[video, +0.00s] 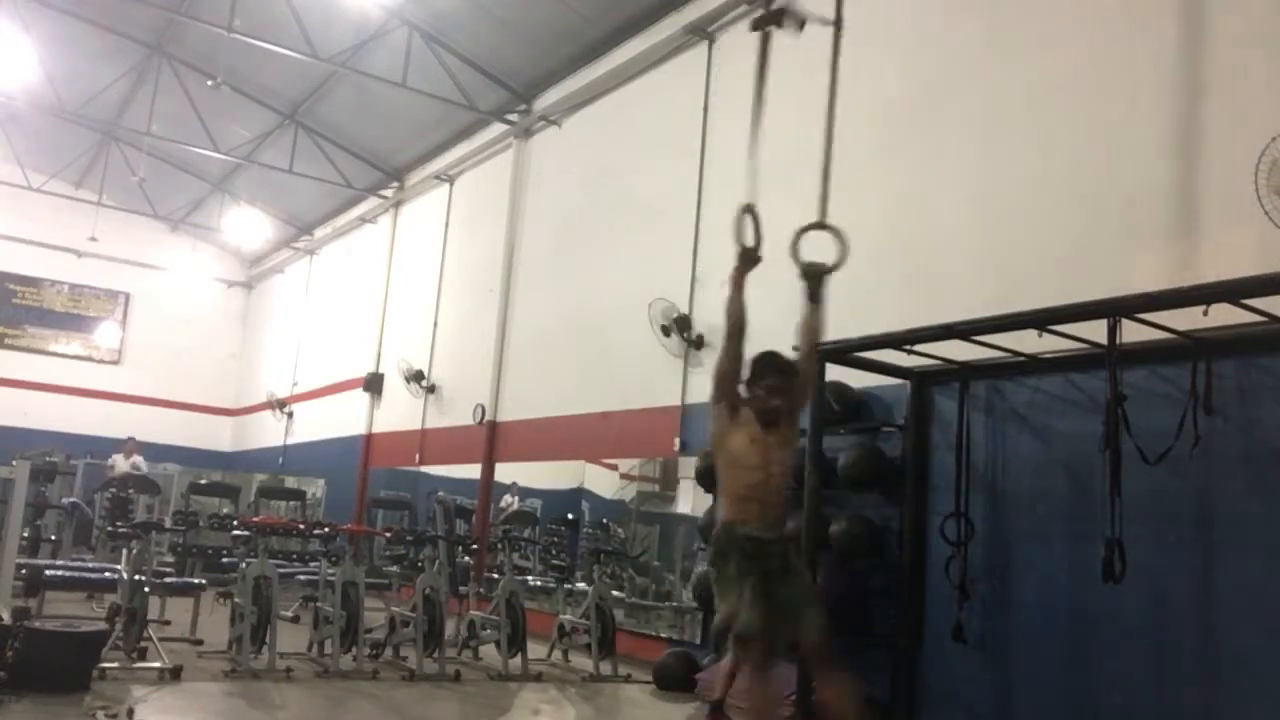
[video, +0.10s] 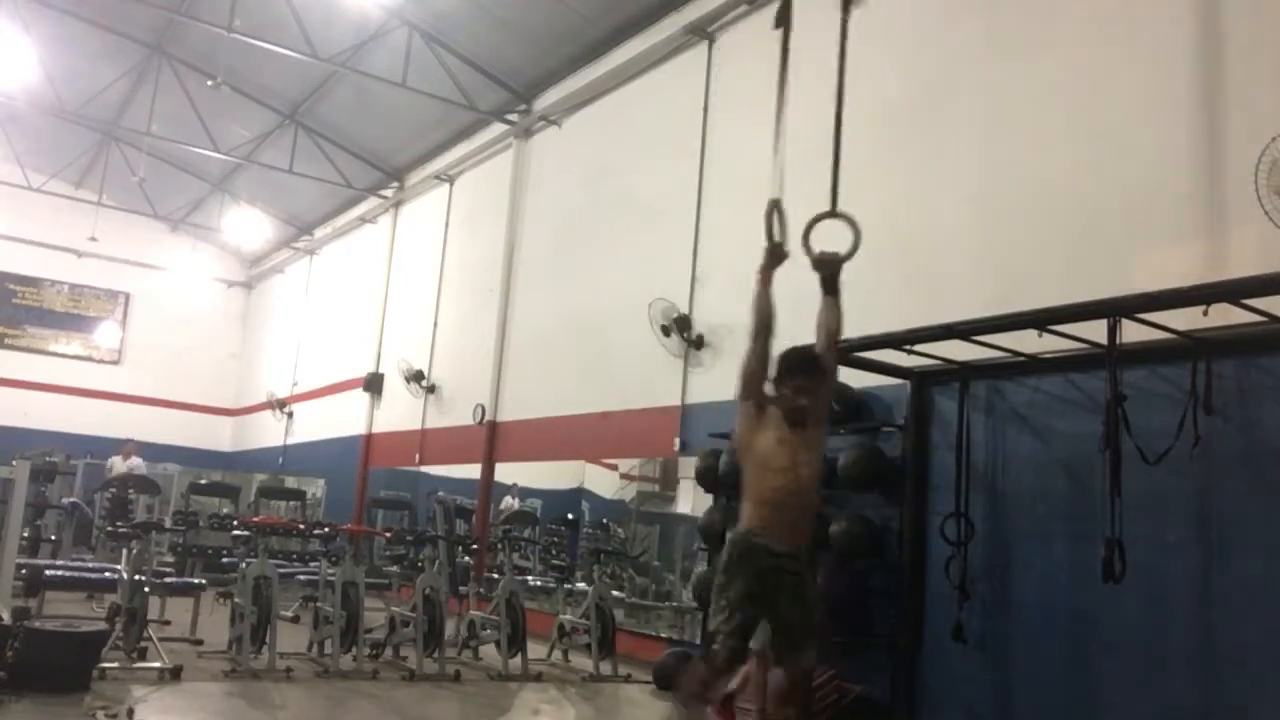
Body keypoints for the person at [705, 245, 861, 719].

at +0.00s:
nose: (772, 398)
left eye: (780, 391)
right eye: (765, 390)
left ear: (790, 394)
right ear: (750, 389)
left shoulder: (786, 422)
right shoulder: (729, 419)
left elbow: (809, 358)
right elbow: (733, 340)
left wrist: (813, 293)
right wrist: (739, 278)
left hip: (778, 545)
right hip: (735, 544)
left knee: (810, 639)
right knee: (750, 642)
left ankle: (814, 700)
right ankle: (729, 706)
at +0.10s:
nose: (802, 402)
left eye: (811, 394)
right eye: (794, 392)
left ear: (820, 393)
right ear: (776, 387)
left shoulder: (814, 426)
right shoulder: (754, 417)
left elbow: (828, 349)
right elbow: (759, 337)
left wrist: (830, 281)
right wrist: (766, 274)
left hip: (796, 562)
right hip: (748, 555)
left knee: (795, 672)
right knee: (721, 660)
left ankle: (774, 714)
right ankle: (685, 706)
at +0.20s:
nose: (830, 400)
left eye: (838, 392)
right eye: (822, 389)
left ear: (848, 392)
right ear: (803, 384)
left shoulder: (840, 417)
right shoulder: (778, 411)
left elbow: (855, 341)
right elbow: (779, 332)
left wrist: (856, 275)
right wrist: (782, 265)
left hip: (806, 565)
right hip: (759, 554)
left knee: (790, 646)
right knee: (710, 628)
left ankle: (754, 694)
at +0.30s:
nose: (856, 391)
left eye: (865, 382)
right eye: (847, 379)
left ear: (872, 383)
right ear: (820, 372)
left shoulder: (859, 411)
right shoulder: (795, 404)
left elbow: (884, 332)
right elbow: (795, 321)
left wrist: (889, 266)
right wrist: (802, 252)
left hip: (805, 550)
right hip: (760, 533)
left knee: (783, 606)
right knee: (692, 578)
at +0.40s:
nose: (877, 386)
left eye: (885, 378)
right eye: (871, 374)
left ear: (890, 374)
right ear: (844, 360)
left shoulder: (873, 397)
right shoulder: (809, 391)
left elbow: (906, 324)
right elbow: (807, 312)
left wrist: (914, 258)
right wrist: (814, 240)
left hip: (806, 529)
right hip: (762, 511)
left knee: (787, 596)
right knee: (680, 532)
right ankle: (672, 445)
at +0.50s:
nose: (884, 379)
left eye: (891, 370)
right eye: (877, 367)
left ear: (898, 369)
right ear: (852, 357)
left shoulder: (883, 394)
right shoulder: (818, 388)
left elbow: (915, 323)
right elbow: (815, 310)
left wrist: (924, 256)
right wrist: (823, 235)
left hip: (812, 523)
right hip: (767, 507)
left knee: (786, 593)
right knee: (687, 521)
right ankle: (676, 442)